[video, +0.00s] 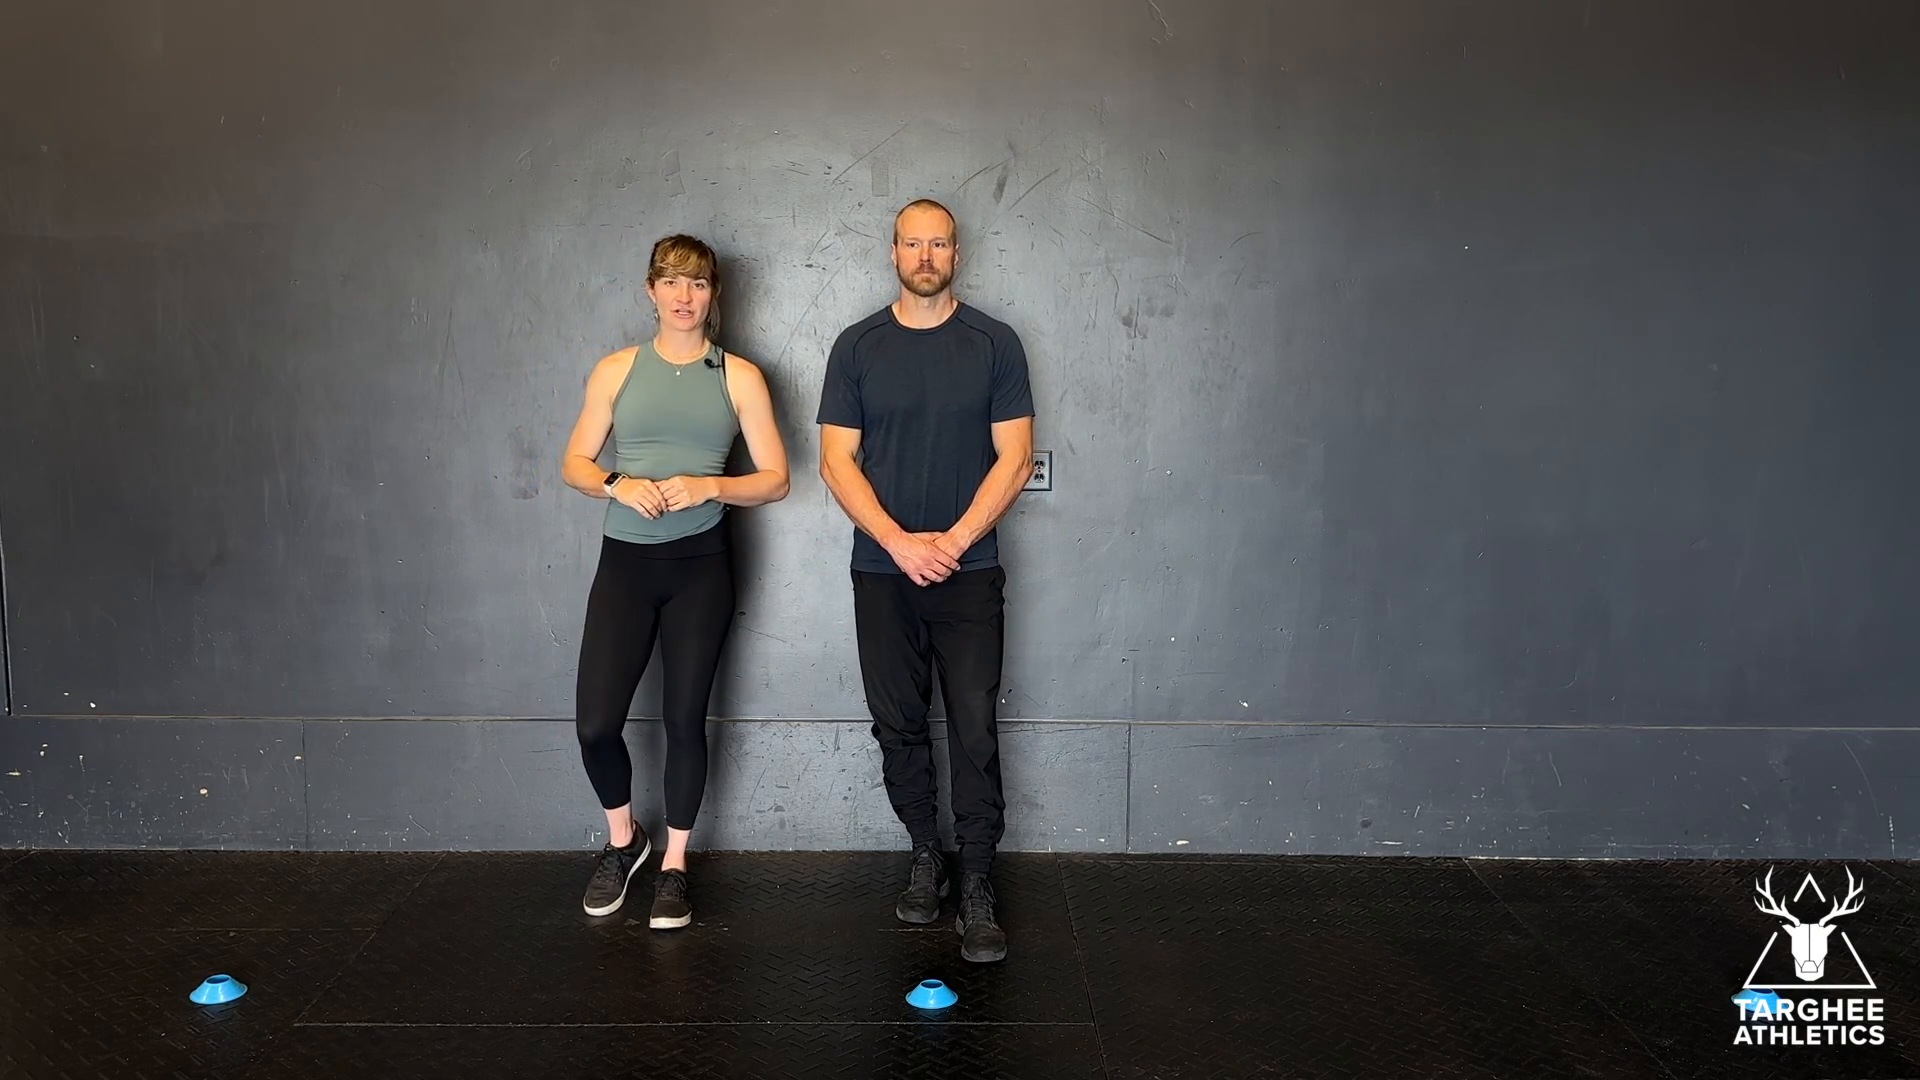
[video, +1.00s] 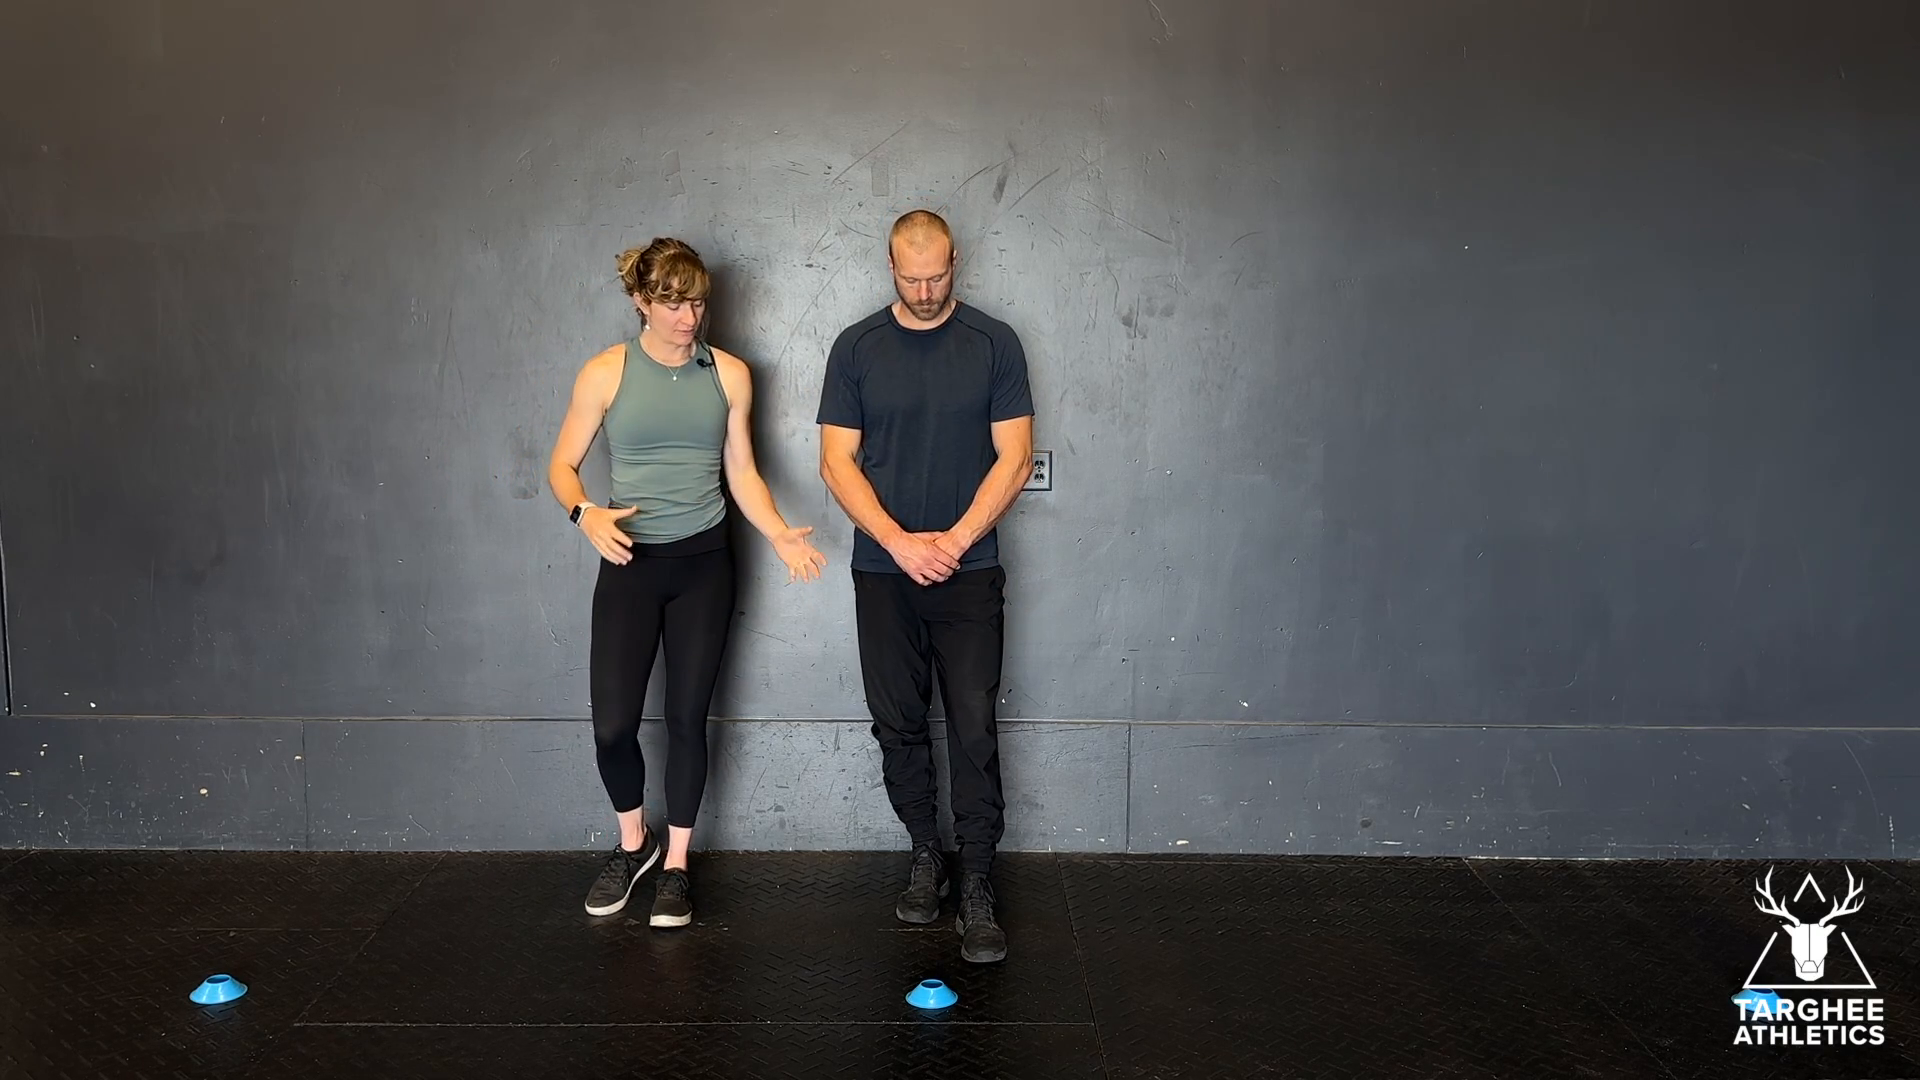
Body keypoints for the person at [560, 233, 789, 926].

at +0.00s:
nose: (684, 294)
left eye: (697, 282)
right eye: (672, 281)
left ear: (711, 293)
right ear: (652, 290)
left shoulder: (739, 377)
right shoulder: (615, 371)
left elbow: (774, 478)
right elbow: (575, 464)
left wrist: (712, 486)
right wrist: (619, 485)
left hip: (701, 564)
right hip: (625, 562)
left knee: (685, 717)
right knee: (595, 723)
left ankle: (675, 866)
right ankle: (623, 838)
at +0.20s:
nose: (681, 292)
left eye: (695, 281)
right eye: (668, 279)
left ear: (710, 293)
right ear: (651, 290)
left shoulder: (739, 377)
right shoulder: (616, 373)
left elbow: (773, 478)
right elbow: (581, 468)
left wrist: (707, 487)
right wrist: (620, 485)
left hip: (702, 564)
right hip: (626, 564)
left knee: (686, 718)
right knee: (599, 721)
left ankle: (675, 866)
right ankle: (627, 843)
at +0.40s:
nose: (682, 294)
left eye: (695, 283)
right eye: (669, 282)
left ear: (711, 294)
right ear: (651, 291)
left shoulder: (739, 377)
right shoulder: (616, 373)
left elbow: (776, 477)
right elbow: (577, 468)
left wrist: (704, 487)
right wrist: (618, 485)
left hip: (704, 564)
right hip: (629, 563)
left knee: (688, 718)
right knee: (598, 721)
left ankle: (675, 867)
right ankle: (638, 844)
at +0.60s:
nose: (690, 306)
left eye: (701, 294)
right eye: (677, 292)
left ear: (713, 301)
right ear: (652, 296)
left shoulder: (737, 377)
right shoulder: (613, 373)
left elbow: (778, 475)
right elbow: (574, 468)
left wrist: (712, 489)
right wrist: (619, 496)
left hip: (704, 565)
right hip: (629, 565)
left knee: (687, 717)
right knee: (603, 724)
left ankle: (676, 866)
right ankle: (640, 845)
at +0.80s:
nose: (696, 313)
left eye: (704, 299)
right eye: (682, 299)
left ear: (713, 302)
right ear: (648, 300)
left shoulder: (733, 375)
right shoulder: (610, 372)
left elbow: (757, 465)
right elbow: (567, 465)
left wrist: (738, 484)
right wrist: (606, 504)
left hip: (704, 564)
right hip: (630, 565)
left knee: (687, 717)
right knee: (614, 728)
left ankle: (676, 864)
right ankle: (637, 847)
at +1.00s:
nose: (688, 315)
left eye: (696, 301)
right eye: (673, 303)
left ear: (704, 299)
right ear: (642, 302)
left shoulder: (728, 373)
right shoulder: (606, 373)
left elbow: (741, 468)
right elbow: (562, 466)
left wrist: (780, 534)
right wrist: (584, 513)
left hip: (705, 561)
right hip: (628, 564)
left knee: (687, 716)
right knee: (612, 725)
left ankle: (675, 867)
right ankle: (635, 844)